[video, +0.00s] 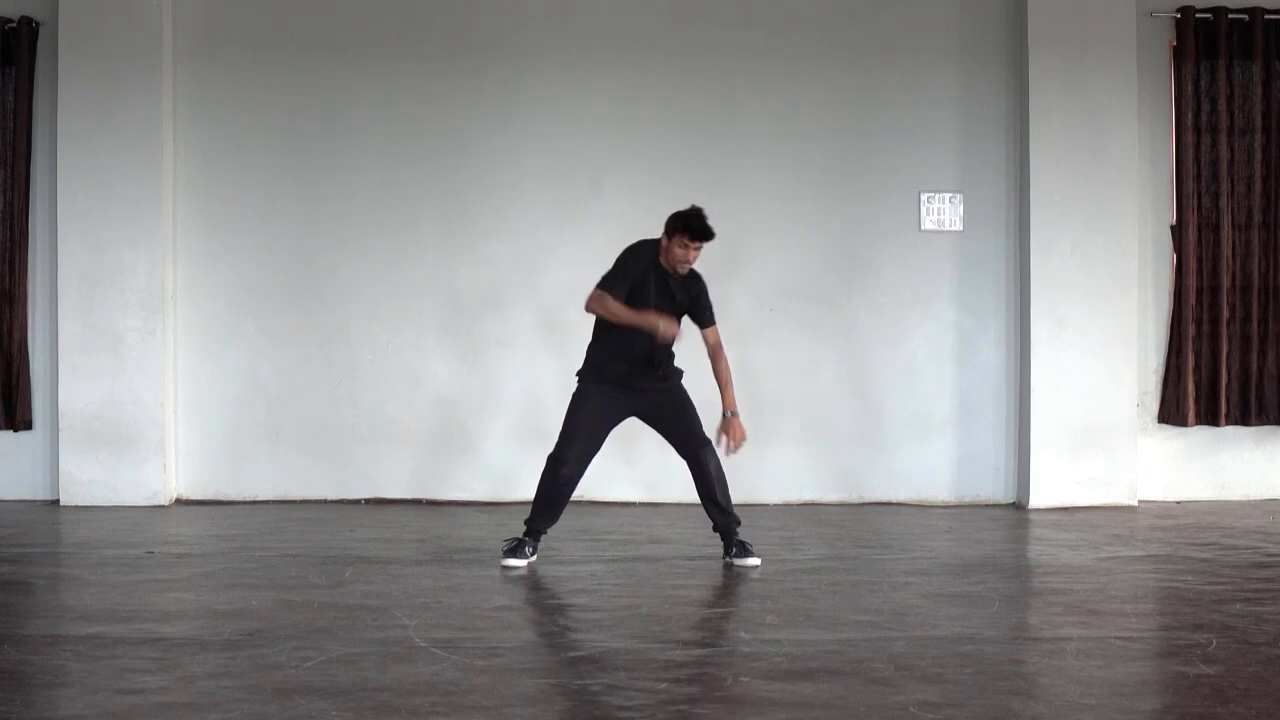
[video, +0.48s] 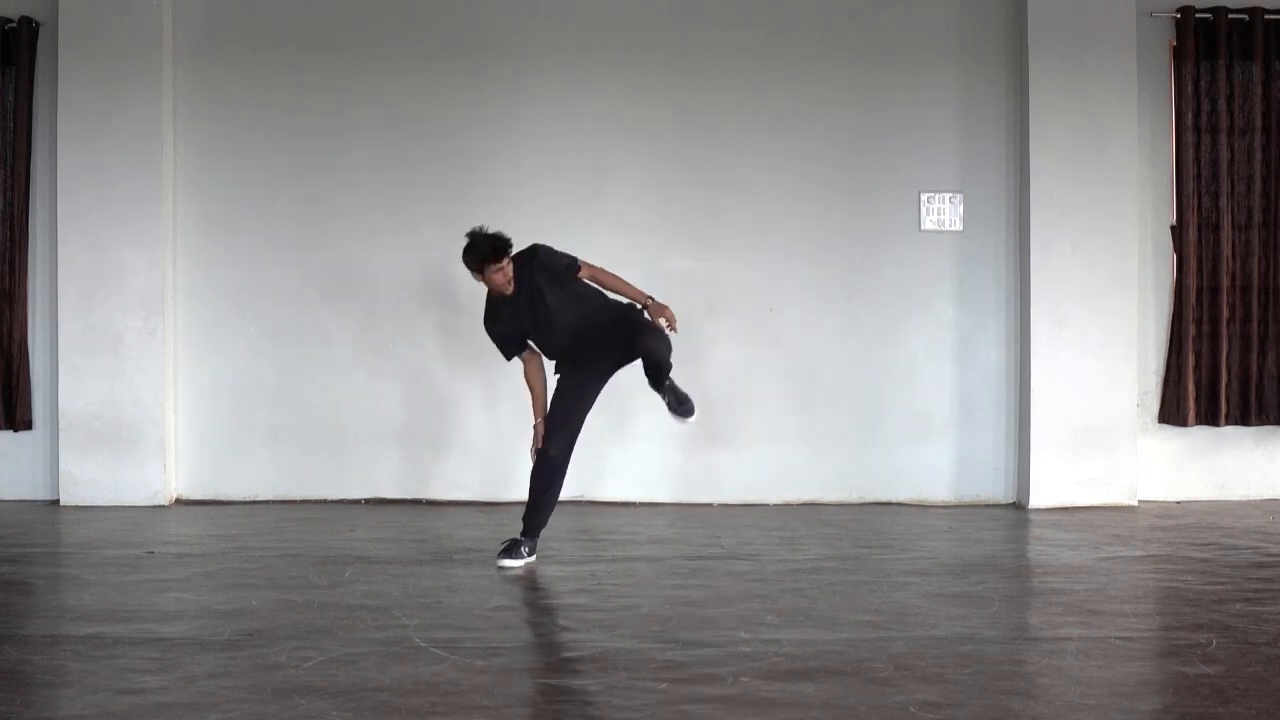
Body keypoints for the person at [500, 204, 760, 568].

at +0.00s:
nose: (690, 256)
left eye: (697, 250)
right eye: (684, 247)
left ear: (702, 249)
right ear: (666, 239)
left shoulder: (693, 285)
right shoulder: (638, 257)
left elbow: (715, 347)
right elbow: (596, 302)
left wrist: (731, 411)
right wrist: (650, 320)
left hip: (659, 388)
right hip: (604, 384)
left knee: (702, 453)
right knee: (566, 460)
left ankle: (732, 540)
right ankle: (530, 538)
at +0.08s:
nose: (664, 243)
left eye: (670, 236)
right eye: (656, 234)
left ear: (675, 239)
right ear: (638, 233)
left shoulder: (673, 285)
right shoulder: (608, 253)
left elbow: (703, 348)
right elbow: (549, 258)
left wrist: (737, 406)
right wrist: (592, 257)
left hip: (658, 392)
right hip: (601, 388)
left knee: (698, 458)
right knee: (556, 458)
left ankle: (732, 540)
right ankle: (527, 538)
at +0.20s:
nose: (584, 231)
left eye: (589, 222)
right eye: (575, 224)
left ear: (597, 219)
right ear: (560, 224)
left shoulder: (623, 252)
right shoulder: (551, 261)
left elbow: (659, 296)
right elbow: (535, 295)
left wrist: (691, 348)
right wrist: (506, 300)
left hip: (651, 378)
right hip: (596, 385)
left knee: (696, 454)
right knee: (557, 462)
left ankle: (732, 538)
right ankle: (528, 539)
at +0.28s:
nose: (543, 243)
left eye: (544, 233)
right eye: (532, 239)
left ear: (548, 226)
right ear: (515, 243)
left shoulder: (581, 240)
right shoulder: (525, 290)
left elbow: (627, 273)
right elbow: (538, 350)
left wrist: (658, 323)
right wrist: (510, 413)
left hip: (643, 357)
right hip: (593, 374)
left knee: (691, 436)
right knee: (562, 454)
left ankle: (705, 513)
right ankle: (528, 538)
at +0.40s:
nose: (518, 265)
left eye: (518, 255)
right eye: (507, 262)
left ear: (521, 249)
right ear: (489, 267)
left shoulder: (547, 253)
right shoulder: (504, 314)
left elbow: (600, 273)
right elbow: (545, 357)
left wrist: (651, 307)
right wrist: (543, 420)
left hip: (627, 336)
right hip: (585, 367)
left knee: (677, 381)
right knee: (554, 450)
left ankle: (666, 416)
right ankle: (527, 539)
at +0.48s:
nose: (507, 274)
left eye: (508, 264)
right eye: (496, 271)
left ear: (511, 257)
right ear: (480, 276)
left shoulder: (537, 259)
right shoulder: (497, 320)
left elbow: (592, 274)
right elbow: (531, 360)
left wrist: (648, 302)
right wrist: (539, 422)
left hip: (616, 328)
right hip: (579, 364)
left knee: (656, 341)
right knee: (552, 448)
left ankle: (662, 383)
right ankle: (528, 540)